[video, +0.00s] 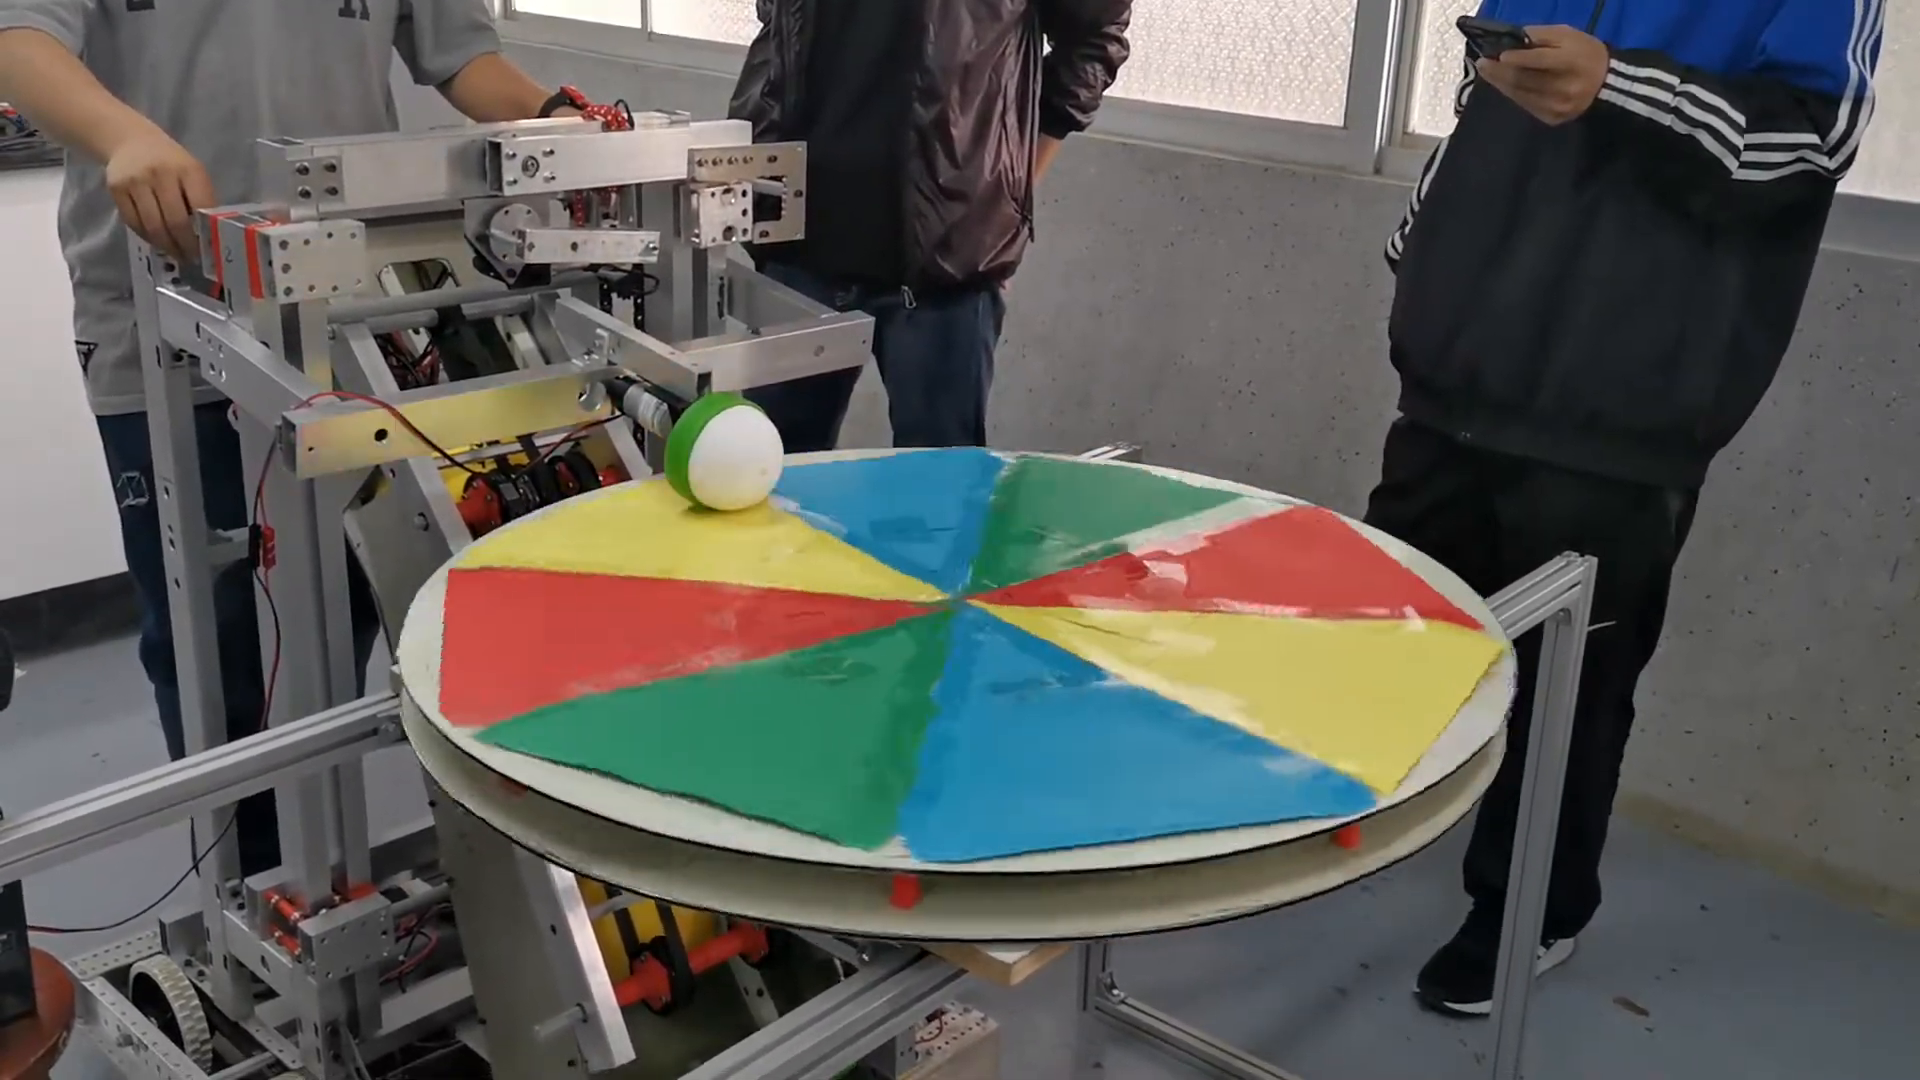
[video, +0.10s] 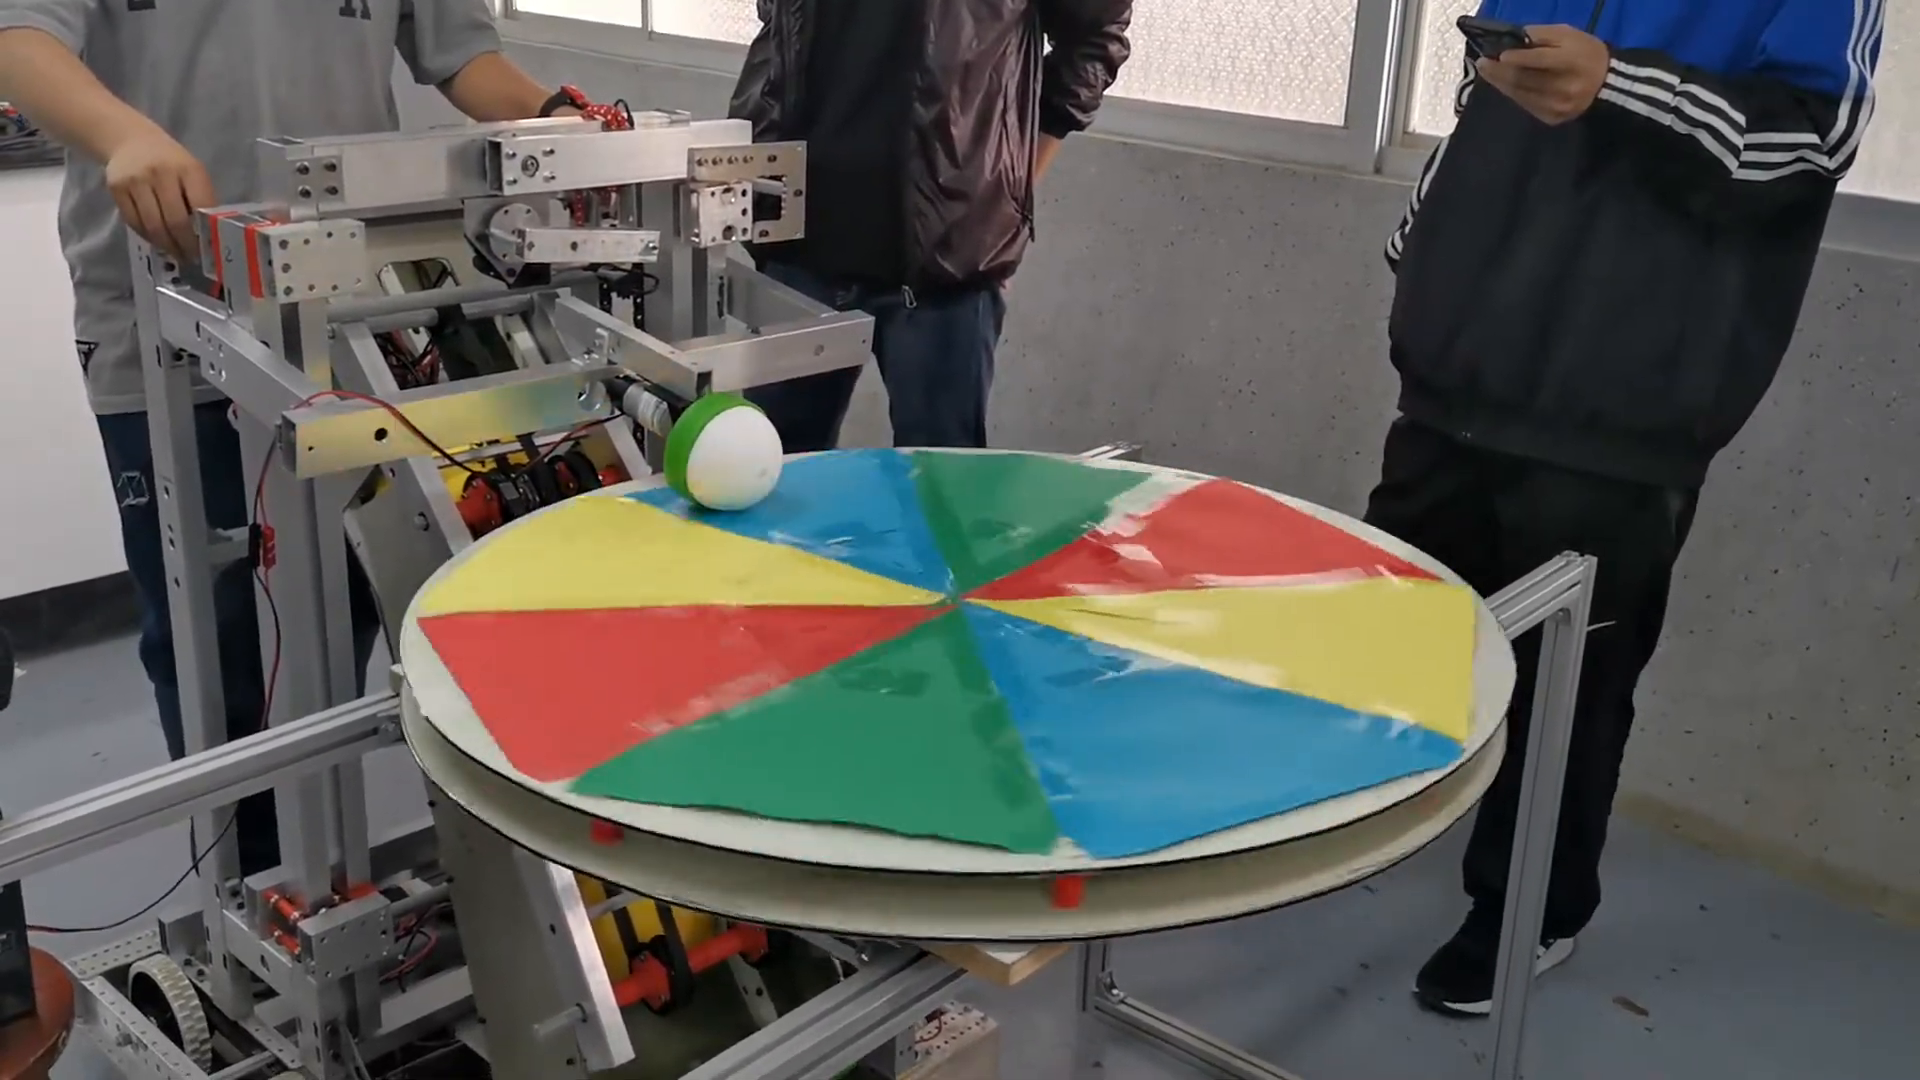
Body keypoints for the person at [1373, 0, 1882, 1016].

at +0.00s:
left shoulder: (1820, 7)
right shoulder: (1539, 6)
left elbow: (1811, 142)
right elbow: (1490, 96)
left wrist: (1612, 85)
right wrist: (1415, 246)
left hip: (1641, 373)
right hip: (1474, 327)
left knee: (1573, 666)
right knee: (1394, 615)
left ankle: (1528, 909)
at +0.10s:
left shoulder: (1820, 7)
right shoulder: (1540, 6)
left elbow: (1810, 143)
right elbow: (1488, 99)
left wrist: (1612, 84)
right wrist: (1414, 250)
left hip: (1639, 376)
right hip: (1472, 331)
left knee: (1572, 669)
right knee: (1394, 615)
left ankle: (1527, 910)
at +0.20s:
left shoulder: (1821, 7)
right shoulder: (1539, 6)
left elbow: (1812, 143)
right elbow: (1490, 96)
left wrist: (1614, 85)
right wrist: (1415, 248)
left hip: (1641, 374)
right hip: (1474, 330)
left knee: (1573, 668)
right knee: (1397, 612)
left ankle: (1529, 909)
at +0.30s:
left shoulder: (1823, 6)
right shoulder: (1538, 5)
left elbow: (1814, 141)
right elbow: (1490, 99)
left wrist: (1614, 84)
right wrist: (1418, 245)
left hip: (1639, 375)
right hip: (1473, 328)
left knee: (1573, 669)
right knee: (1401, 612)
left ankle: (1528, 910)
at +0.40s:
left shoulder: (1824, 6)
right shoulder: (1539, 5)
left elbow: (1814, 142)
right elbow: (1490, 100)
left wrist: (1613, 85)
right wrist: (1420, 245)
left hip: (1639, 375)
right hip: (1474, 329)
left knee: (1573, 667)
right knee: (1400, 613)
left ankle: (1531, 910)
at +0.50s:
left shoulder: (1821, 7)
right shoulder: (1542, 3)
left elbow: (1813, 141)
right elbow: (1494, 86)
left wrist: (1613, 84)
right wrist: (1420, 244)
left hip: (1639, 374)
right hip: (1474, 326)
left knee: (1574, 666)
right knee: (1398, 607)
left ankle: (1529, 908)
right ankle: (1330, 820)